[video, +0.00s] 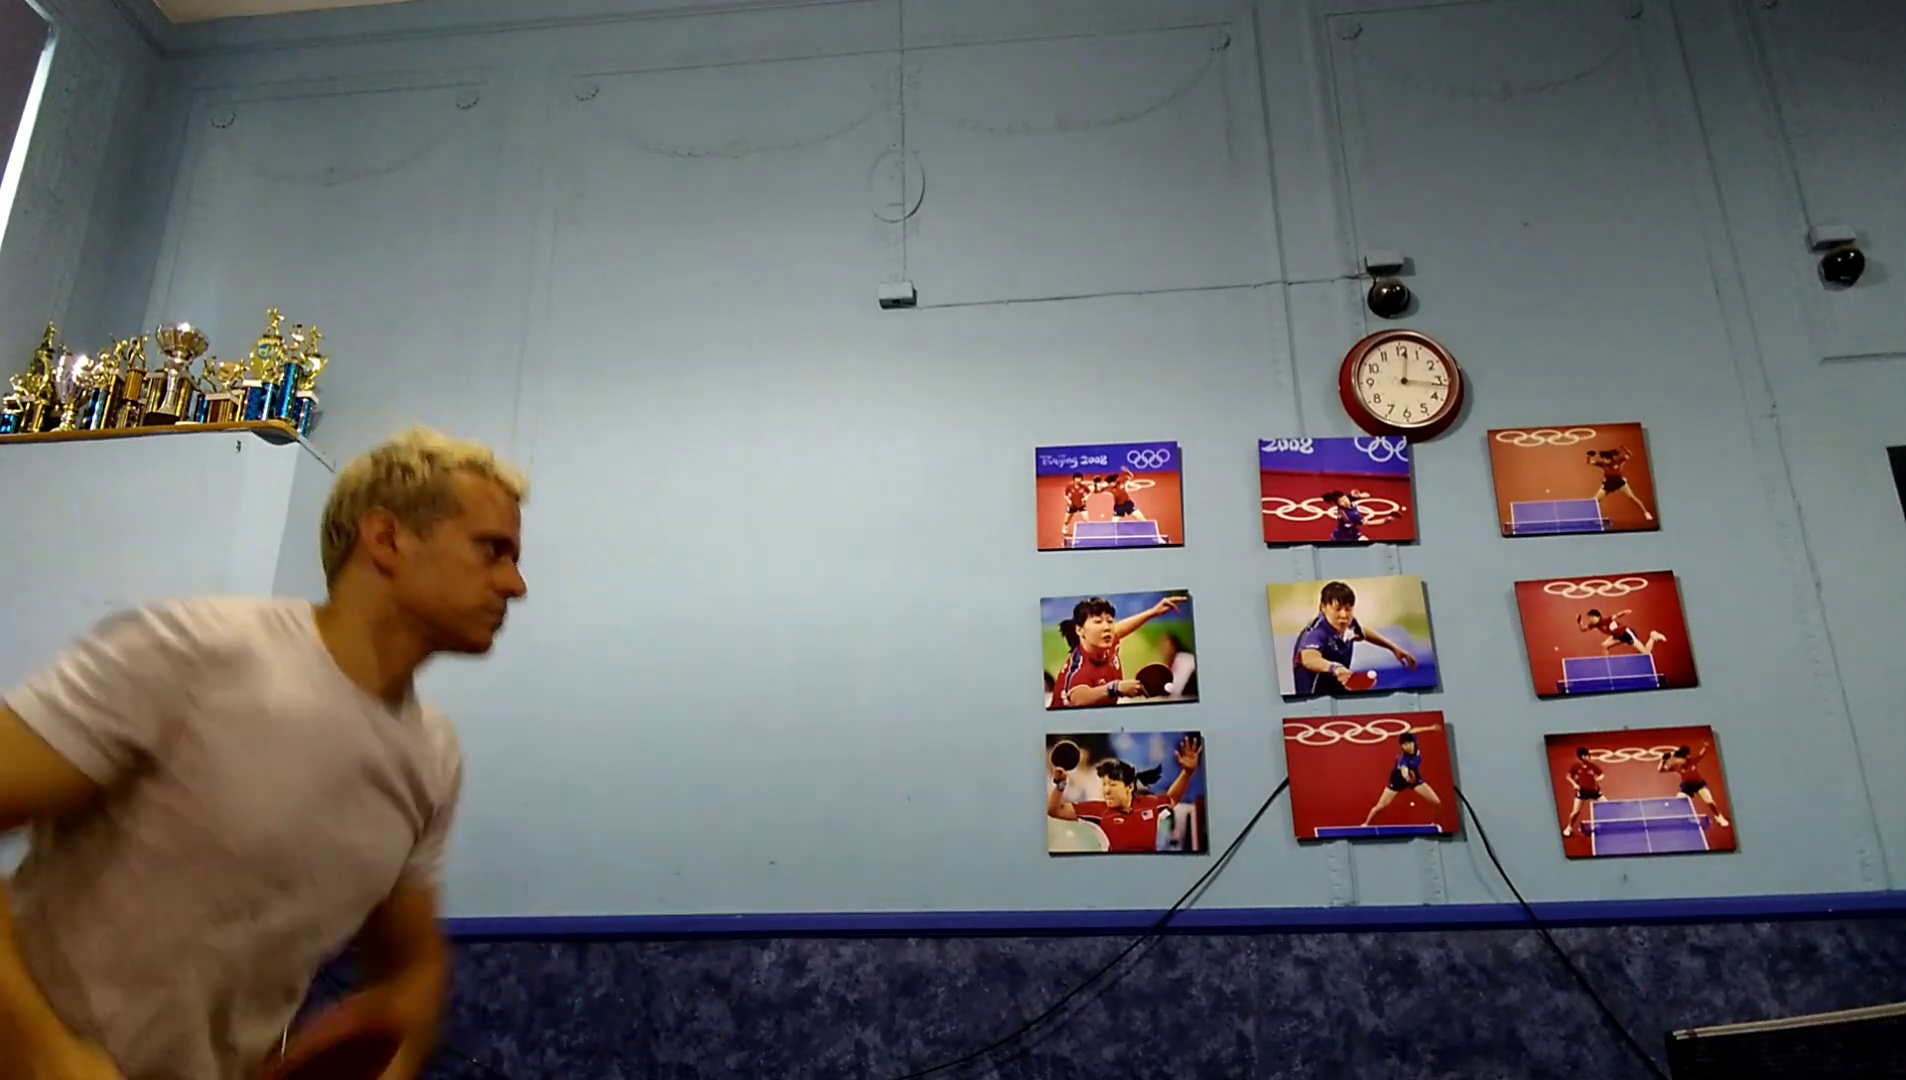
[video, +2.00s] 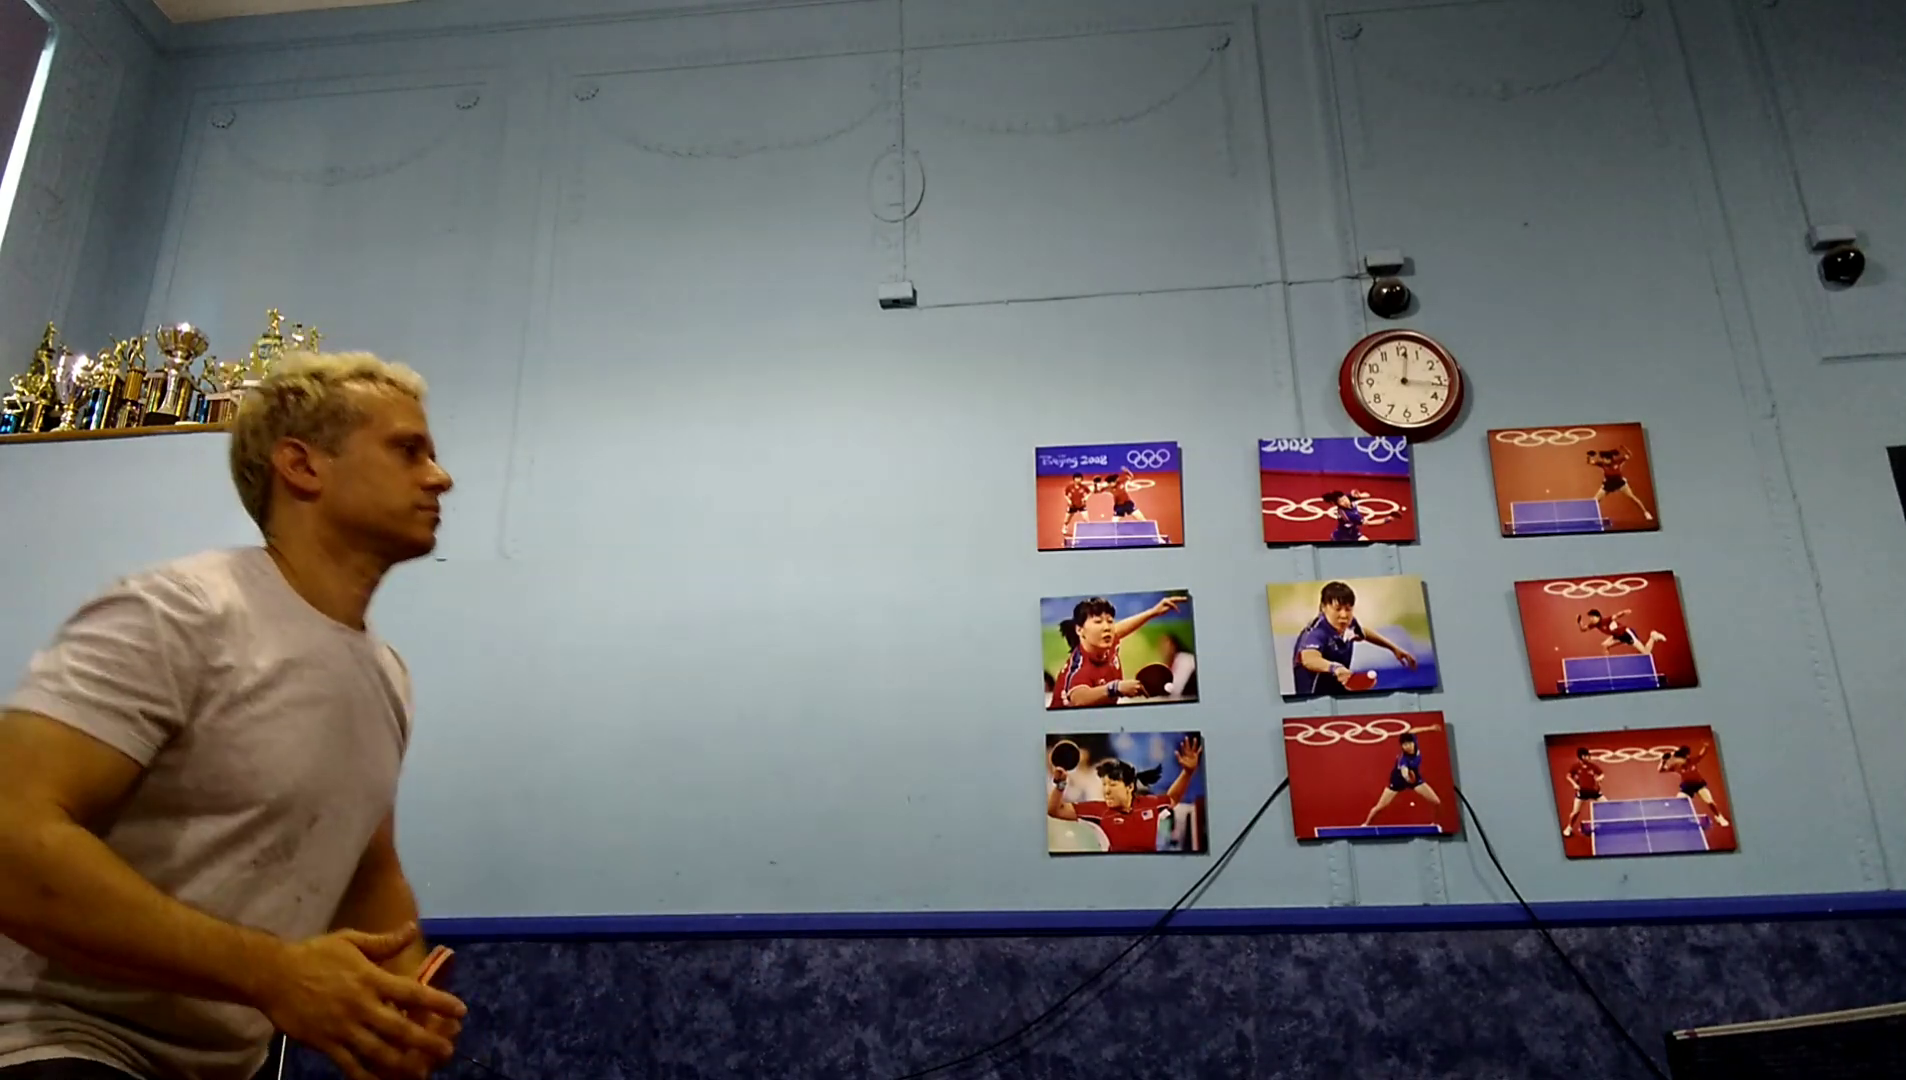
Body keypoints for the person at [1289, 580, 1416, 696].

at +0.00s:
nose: (1344, 615)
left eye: (1348, 609)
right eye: (1338, 609)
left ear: (1353, 609)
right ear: (1324, 608)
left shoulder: (1349, 624)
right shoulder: (1315, 632)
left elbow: (1364, 634)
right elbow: (1309, 660)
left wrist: (1395, 649)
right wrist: (1335, 668)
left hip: (1341, 705)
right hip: (1314, 708)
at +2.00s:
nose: (1344, 615)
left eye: (1348, 609)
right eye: (1338, 609)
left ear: (1353, 609)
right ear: (1324, 608)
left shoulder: (1349, 624)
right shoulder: (1315, 633)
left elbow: (1364, 634)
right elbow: (1309, 660)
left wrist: (1395, 649)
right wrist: (1335, 668)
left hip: (1341, 705)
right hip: (1314, 708)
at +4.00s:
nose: (1344, 615)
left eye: (1348, 609)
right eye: (1338, 609)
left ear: (1353, 609)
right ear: (1324, 608)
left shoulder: (1349, 624)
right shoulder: (1315, 632)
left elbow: (1364, 634)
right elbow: (1309, 660)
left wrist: (1395, 649)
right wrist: (1335, 668)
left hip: (1341, 704)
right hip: (1314, 708)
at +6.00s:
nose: (1344, 615)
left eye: (1348, 609)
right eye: (1338, 609)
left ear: (1353, 609)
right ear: (1324, 608)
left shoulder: (1349, 624)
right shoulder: (1316, 633)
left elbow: (1364, 633)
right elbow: (1309, 660)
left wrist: (1394, 649)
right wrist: (1335, 668)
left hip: (1341, 703)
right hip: (1314, 707)